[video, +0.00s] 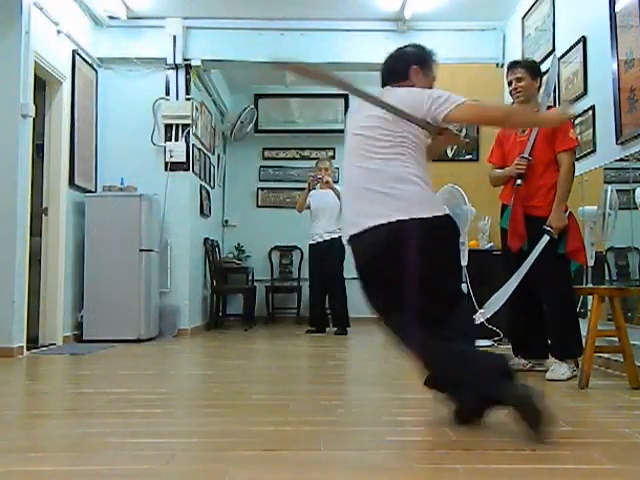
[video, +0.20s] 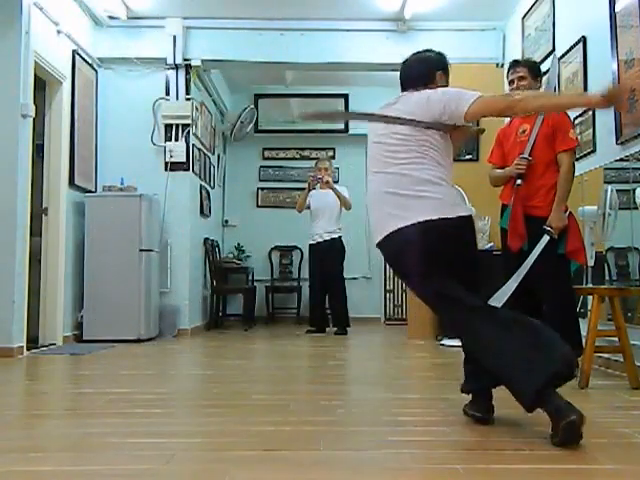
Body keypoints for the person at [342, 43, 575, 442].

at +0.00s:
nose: (433, 85)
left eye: (433, 79)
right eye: (431, 78)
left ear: (388, 74)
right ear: (413, 73)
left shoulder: (361, 106)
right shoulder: (418, 98)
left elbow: (404, 152)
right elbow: (494, 114)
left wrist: (440, 140)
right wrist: (548, 117)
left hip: (367, 232)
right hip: (423, 221)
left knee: (412, 327)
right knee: (447, 310)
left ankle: (501, 387)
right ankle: (467, 397)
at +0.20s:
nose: (450, 86)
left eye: (448, 81)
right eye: (448, 80)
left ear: (402, 83)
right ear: (436, 78)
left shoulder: (384, 115)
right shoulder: (436, 101)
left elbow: (453, 144)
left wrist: (470, 117)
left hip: (395, 234)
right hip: (449, 220)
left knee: (471, 316)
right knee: (471, 310)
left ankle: (554, 404)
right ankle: (479, 395)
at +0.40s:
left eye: (380, 73)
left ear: (380, 74)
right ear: (420, 75)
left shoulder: (361, 98)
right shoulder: (442, 102)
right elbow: (460, 149)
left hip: (385, 219)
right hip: (443, 217)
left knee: (375, 312)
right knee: (455, 303)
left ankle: (425, 369)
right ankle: (478, 397)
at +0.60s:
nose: (317, 79)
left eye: (319, 73)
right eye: (320, 73)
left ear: (325, 75)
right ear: (357, 74)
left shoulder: (328, 96)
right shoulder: (384, 100)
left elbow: (273, 131)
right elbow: (343, 80)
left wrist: (221, 149)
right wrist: (329, 43)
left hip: (360, 233)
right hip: (405, 231)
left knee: (296, 308)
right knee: (408, 318)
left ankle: (292, 386)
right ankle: (462, 371)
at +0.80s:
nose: (255, 97)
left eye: (258, 89)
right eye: (255, 91)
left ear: (272, 85)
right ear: (287, 85)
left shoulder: (306, 114)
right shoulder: (298, 125)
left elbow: (242, 137)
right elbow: (260, 163)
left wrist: (203, 87)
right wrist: (251, 124)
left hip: (336, 236)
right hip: (318, 236)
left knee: (265, 297)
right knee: (267, 296)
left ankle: (283, 390)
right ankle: (298, 346)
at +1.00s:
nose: (214, 110)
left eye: (217, 102)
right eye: (213, 104)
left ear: (239, 101)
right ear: (239, 104)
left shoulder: (287, 138)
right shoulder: (235, 149)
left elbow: (248, 184)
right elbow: (181, 184)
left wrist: (226, 133)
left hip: (303, 251)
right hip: (260, 250)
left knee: (252, 305)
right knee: (206, 294)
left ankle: (272, 389)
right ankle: (196, 368)